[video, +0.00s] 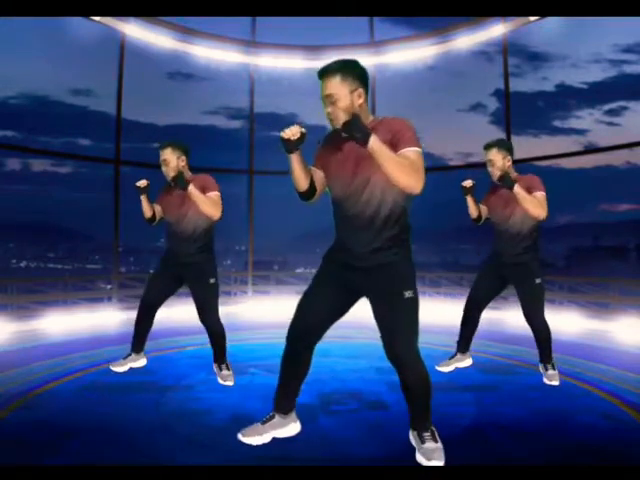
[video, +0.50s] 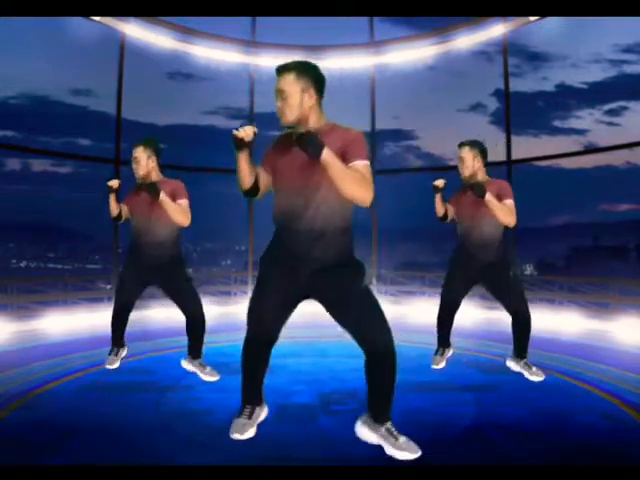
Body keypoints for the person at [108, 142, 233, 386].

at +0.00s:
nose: (164, 167)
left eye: (167, 162)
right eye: (162, 163)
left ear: (182, 161)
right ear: (163, 166)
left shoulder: (204, 182)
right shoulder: (168, 191)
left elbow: (215, 212)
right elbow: (152, 217)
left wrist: (189, 186)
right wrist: (143, 195)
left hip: (201, 262)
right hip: (173, 261)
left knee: (210, 317)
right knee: (148, 304)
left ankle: (222, 364)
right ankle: (136, 354)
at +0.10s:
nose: (161, 169)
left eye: (164, 163)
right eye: (159, 165)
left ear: (180, 162)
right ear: (161, 168)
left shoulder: (202, 183)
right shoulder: (167, 193)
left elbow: (211, 215)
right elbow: (150, 219)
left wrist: (185, 188)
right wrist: (141, 198)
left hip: (199, 263)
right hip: (172, 262)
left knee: (208, 317)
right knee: (143, 302)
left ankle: (222, 365)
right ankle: (135, 354)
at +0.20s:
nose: (153, 159)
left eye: (157, 154)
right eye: (152, 155)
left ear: (172, 154)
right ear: (154, 159)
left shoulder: (195, 178)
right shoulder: (158, 188)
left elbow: (203, 207)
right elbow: (144, 213)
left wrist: (177, 178)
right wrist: (136, 191)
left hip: (192, 258)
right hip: (164, 258)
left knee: (206, 314)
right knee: (135, 294)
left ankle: (222, 364)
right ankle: (127, 346)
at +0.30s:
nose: (145, 154)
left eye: (148, 149)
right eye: (143, 150)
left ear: (164, 150)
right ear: (145, 154)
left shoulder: (186, 173)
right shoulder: (148, 181)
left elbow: (193, 201)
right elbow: (134, 207)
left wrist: (168, 174)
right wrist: (127, 186)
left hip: (183, 252)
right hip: (154, 252)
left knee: (201, 305)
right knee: (129, 296)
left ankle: (213, 356)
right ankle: (119, 342)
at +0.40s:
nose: (138, 163)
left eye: (142, 157)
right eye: (137, 158)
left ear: (156, 158)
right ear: (138, 162)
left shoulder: (178, 183)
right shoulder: (141, 191)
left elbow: (185, 213)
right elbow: (122, 214)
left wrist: (161, 187)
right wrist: (116, 192)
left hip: (173, 260)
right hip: (143, 261)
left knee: (199, 308)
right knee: (124, 304)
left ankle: (197, 356)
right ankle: (117, 348)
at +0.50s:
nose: (135, 165)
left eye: (139, 160)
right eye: (133, 160)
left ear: (154, 160)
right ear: (134, 164)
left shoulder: (174, 187)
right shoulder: (137, 193)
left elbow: (185, 219)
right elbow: (118, 215)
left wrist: (161, 194)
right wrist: (112, 194)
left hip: (169, 264)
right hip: (138, 264)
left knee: (196, 314)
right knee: (121, 307)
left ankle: (193, 358)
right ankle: (117, 347)